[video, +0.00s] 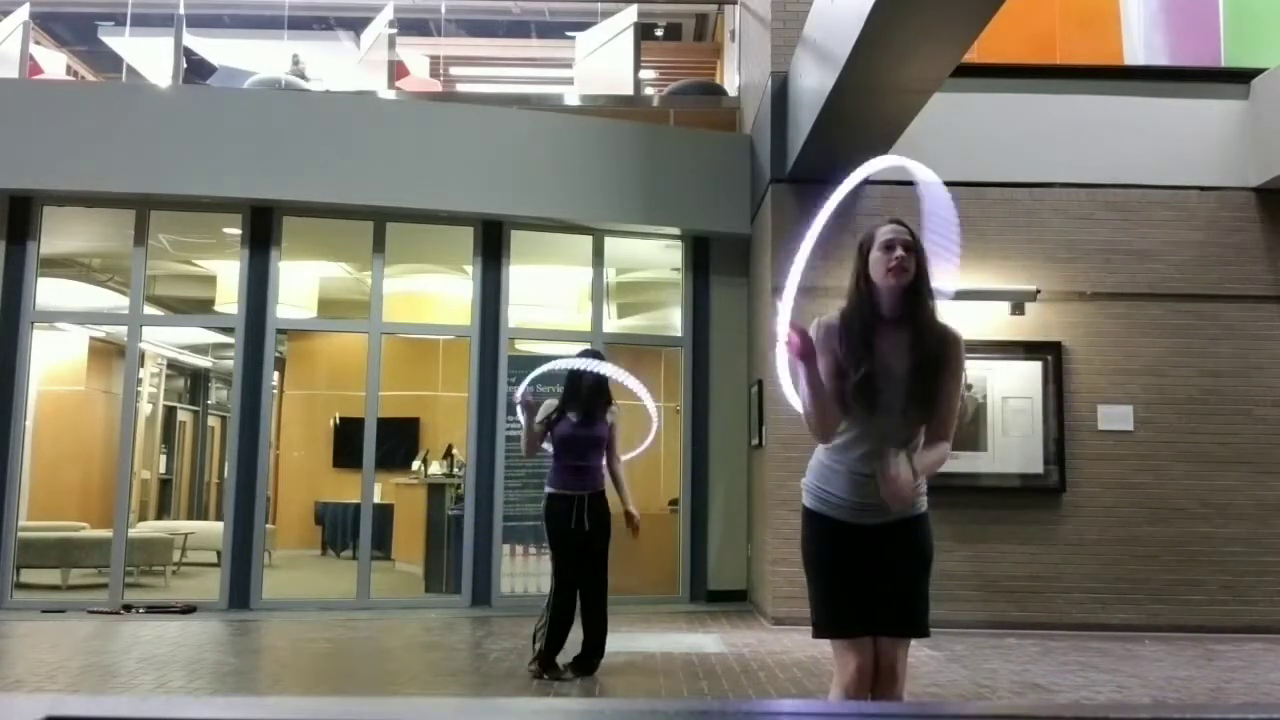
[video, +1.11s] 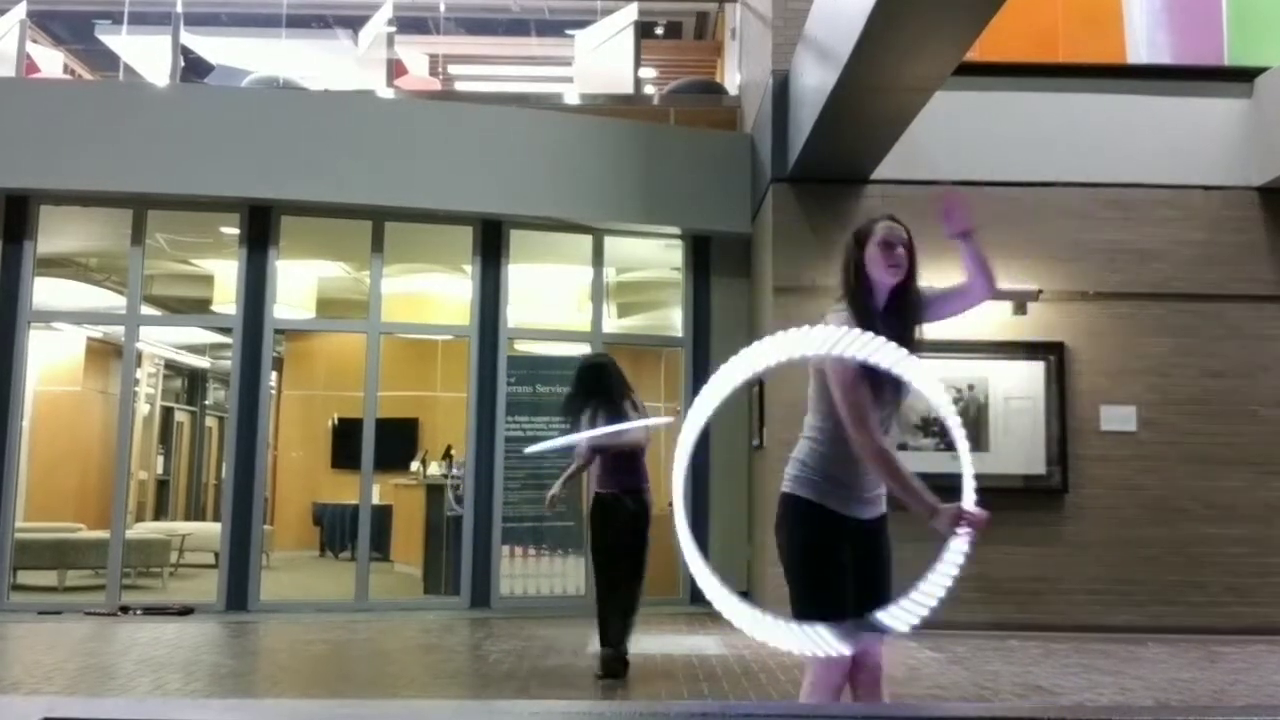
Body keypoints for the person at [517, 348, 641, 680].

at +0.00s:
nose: (590, 382)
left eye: (596, 376)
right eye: (584, 375)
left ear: (603, 380)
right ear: (574, 377)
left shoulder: (607, 414)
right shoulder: (556, 410)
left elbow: (613, 462)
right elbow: (529, 450)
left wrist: (628, 505)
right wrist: (528, 413)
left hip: (594, 502)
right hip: (561, 502)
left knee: (594, 584)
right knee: (566, 582)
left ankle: (589, 659)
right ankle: (546, 657)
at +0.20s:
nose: (603, 384)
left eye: (605, 378)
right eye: (598, 377)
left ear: (602, 379)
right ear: (580, 376)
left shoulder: (600, 409)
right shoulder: (556, 403)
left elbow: (610, 457)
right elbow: (542, 448)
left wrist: (633, 495)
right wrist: (564, 419)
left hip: (590, 503)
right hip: (560, 502)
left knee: (589, 582)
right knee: (559, 581)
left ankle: (585, 660)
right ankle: (545, 661)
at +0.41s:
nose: (609, 380)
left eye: (607, 373)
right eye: (606, 373)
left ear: (576, 373)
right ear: (596, 374)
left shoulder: (569, 400)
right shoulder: (589, 399)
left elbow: (570, 460)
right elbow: (594, 447)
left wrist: (596, 492)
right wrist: (612, 433)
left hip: (562, 498)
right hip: (577, 501)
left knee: (580, 579)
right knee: (568, 577)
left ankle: (580, 659)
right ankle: (542, 660)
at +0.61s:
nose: (603, 385)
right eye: (602, 378)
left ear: (571, 380)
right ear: (604, 382)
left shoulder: (560, 412)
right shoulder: (611, 412)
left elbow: (552, 457)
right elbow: (621, 463)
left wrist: (559, 475)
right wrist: (624, 457)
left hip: (570, 504)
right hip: (603, 506)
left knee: (568, 577)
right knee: (602, 580)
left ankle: (567, 654)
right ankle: (575, 634)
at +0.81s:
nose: (568, 389)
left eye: (568, 384)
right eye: (567, 384)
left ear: (575, 381)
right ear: (600, 376)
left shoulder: (583, 403)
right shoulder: (619, 402)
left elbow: (575, 452)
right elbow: (638, 444)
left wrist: (546, 481)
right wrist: (605, 449)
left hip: (590, 504)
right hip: (616, 505)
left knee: (578, 581)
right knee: (605, 583)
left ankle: (566, 661)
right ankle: (617, 660)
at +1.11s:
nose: (579, 389)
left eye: (581, 383)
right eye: (580, 383)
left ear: (586, 384)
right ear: (616, 377)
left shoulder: (593, 413)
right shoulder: (637, 407)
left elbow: (585, 456)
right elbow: (642, 445)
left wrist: (559, 486)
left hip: (607, 503)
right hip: (638, 502)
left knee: (608, 575)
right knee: (630, 576)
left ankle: (612, 652)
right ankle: (617, 648)